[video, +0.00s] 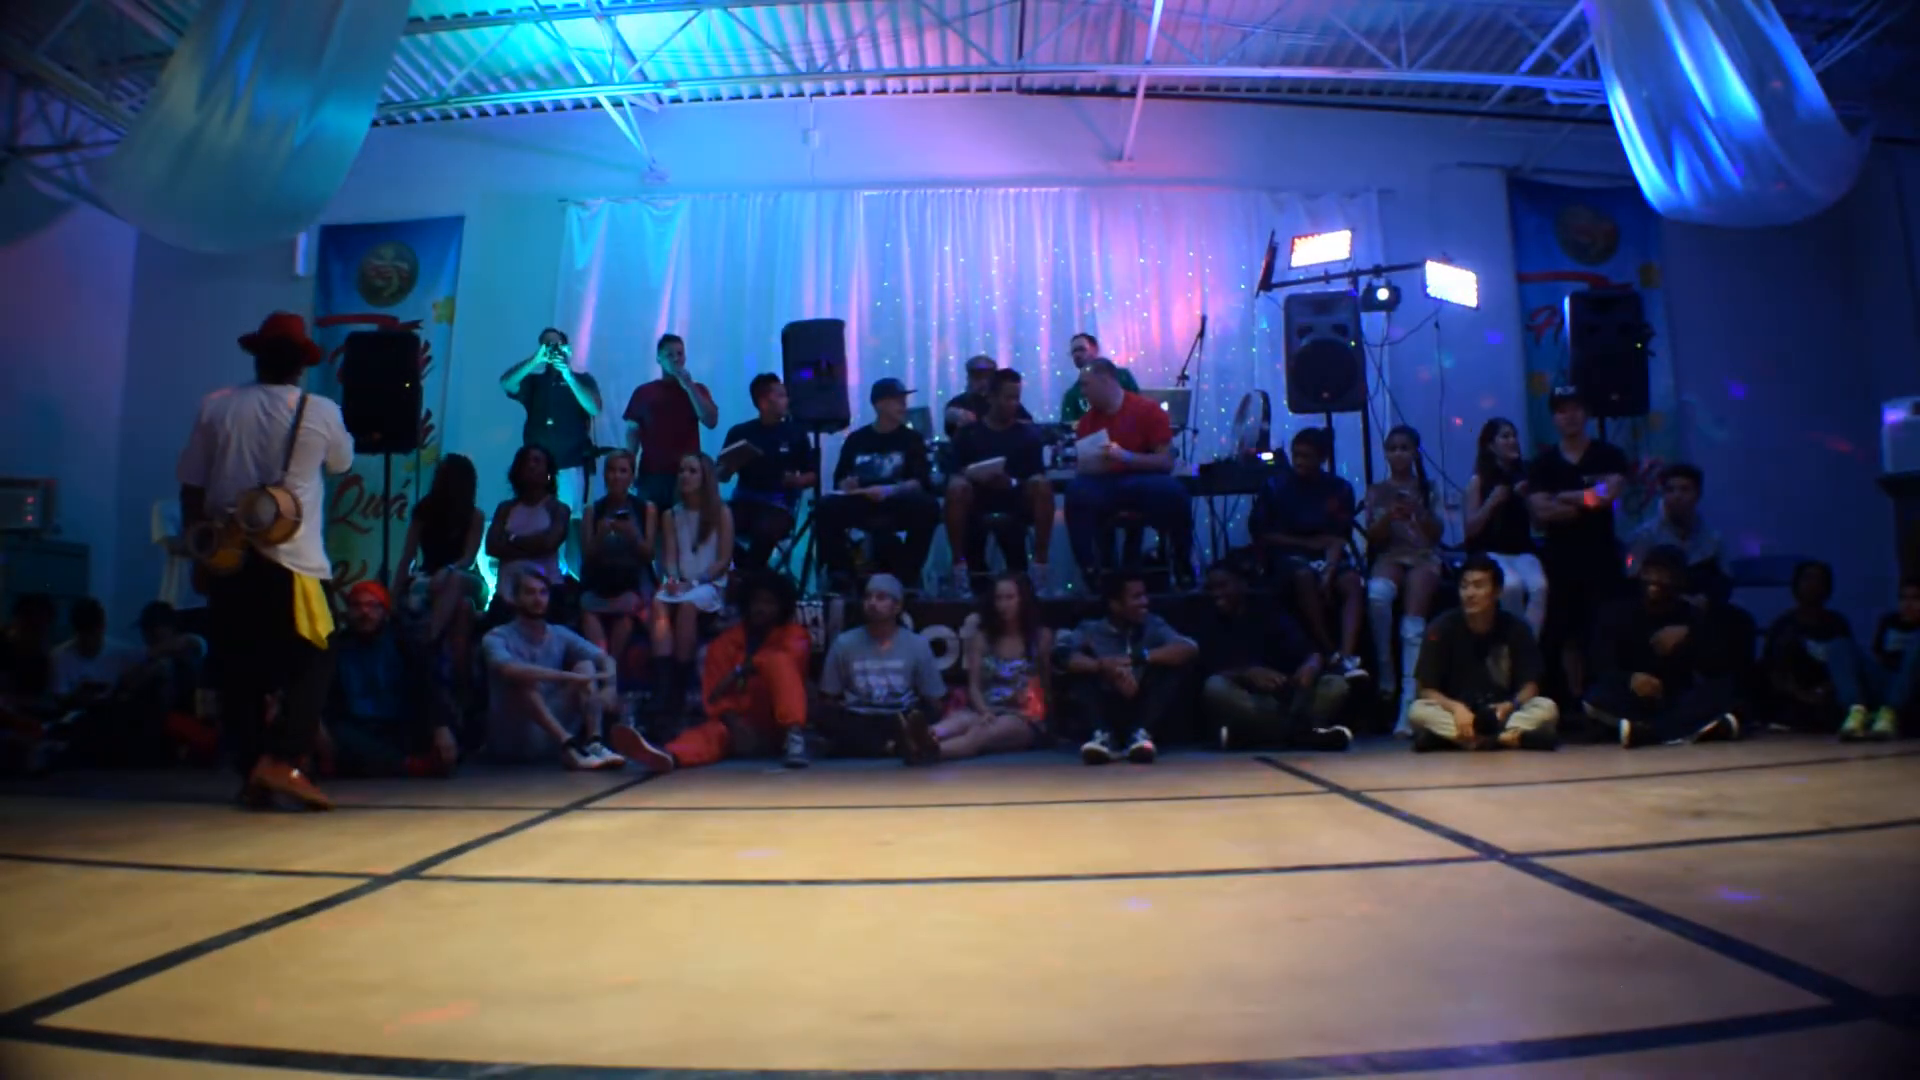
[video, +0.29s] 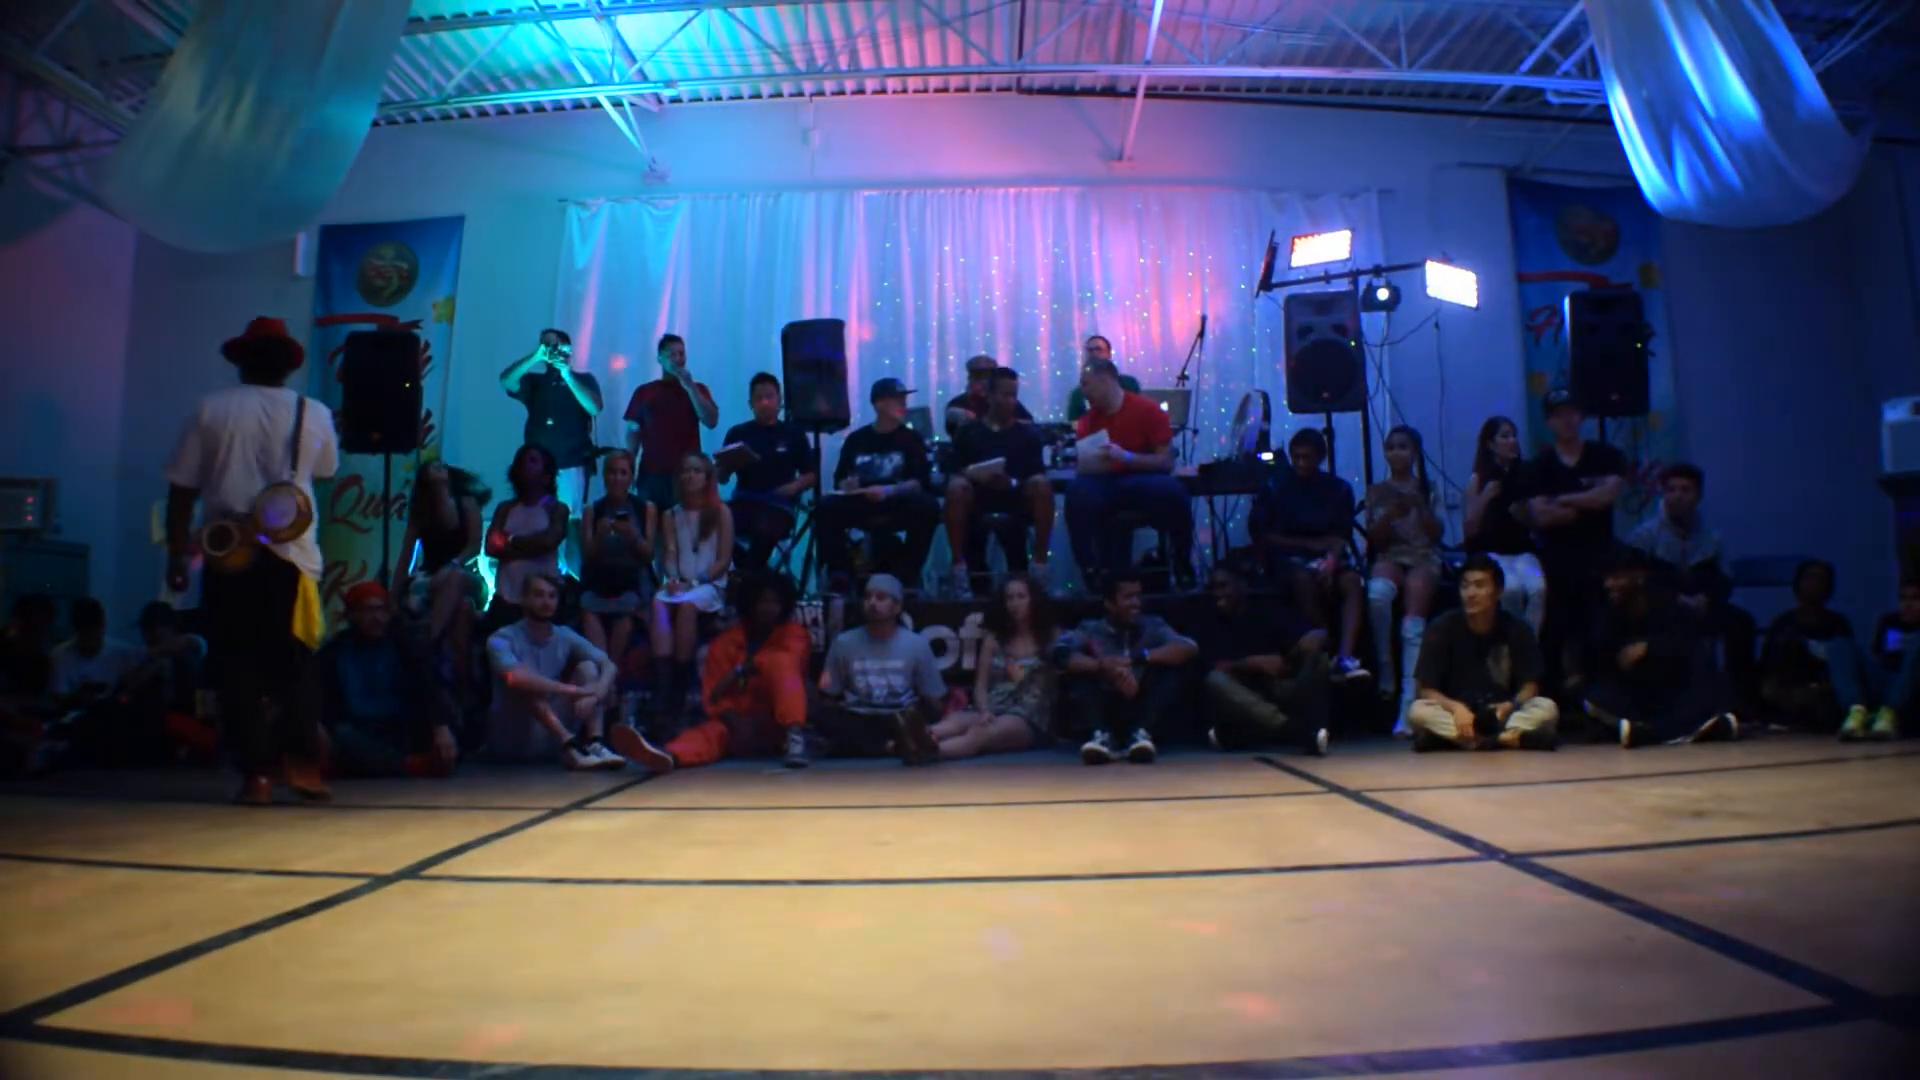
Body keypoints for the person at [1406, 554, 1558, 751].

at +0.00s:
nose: (1469, 594)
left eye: (1478, 586)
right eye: (1464, 586)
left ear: (1497, 591)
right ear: (1458, 591)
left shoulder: (1516, 628)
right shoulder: (1442, 628)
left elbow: (1530, 685)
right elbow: (1425, 690)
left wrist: (1510, 706)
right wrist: (1457, 708)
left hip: (1502, 705)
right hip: (1458, 705)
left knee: (1546, 708)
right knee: (1418, 711)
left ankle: (1463, 742)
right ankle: (1506, 740)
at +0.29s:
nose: (1470, 593)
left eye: (1479, 585)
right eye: (1465, 586)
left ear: (1498, 591)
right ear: (1459, 591)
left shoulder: (1516, 628)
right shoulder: (1443, 629)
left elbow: (1530, 685)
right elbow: (1425, 689)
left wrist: (1510, 706)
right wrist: (1457, 708)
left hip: (1502, 705)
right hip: (1458, 705)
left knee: (1546, 708)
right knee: (1418, 711)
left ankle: (1467, 742)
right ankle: (1505, 740)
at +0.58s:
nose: (1471, 593)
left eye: (1480, 586)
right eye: (1466, 586)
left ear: (1498, 591)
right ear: (1460, 590)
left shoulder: (1517, 628)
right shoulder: (1443, 629)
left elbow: (1530, 685)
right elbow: (1425, 689)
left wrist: (1510, 706)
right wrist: (1457, 708)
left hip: (1502, 705)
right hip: (1458, 704)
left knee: (1546, 708)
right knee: (1418, 711)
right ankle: (1504, 741)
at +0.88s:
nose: (1482, 594)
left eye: (1489, 587)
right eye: (1474, 587)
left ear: (1499, 592)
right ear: (1463, 591)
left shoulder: (1514, 627)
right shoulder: (1442, 629)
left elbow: (1529, 685)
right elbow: (1424, 689)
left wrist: (1510, 706)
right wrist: (1456, 708)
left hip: (1501, 705)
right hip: (1457, 706)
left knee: (1545, 708)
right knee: (1417, 711)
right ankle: (1506, 740)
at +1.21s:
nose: (1498, 597)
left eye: (1501, 590)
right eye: (1489, 589)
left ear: (1506, 593)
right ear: (1467, 593)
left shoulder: (1514, 628)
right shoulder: (1443, 630)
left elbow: (1530, 685)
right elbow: (1426, 690)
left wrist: (1511, 706)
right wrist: (1458, 708)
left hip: (1502, 706)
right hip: (1458, 706)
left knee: (1547, 707)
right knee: (1419, 711)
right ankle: (1506, 741)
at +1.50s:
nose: (1498, 598)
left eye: (1501, 591)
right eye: (1490, 590)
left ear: (1505, 593)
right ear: (1468, 594)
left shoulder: (1514, 628)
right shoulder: (1441, 629)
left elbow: (1527, 685)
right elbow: (1423, 689)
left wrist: (1508, 705)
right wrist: (1455, 708)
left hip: (1500, 705)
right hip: (1456, 705)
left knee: (1544, 707)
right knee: (1417, 711)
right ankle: (1505, 740)